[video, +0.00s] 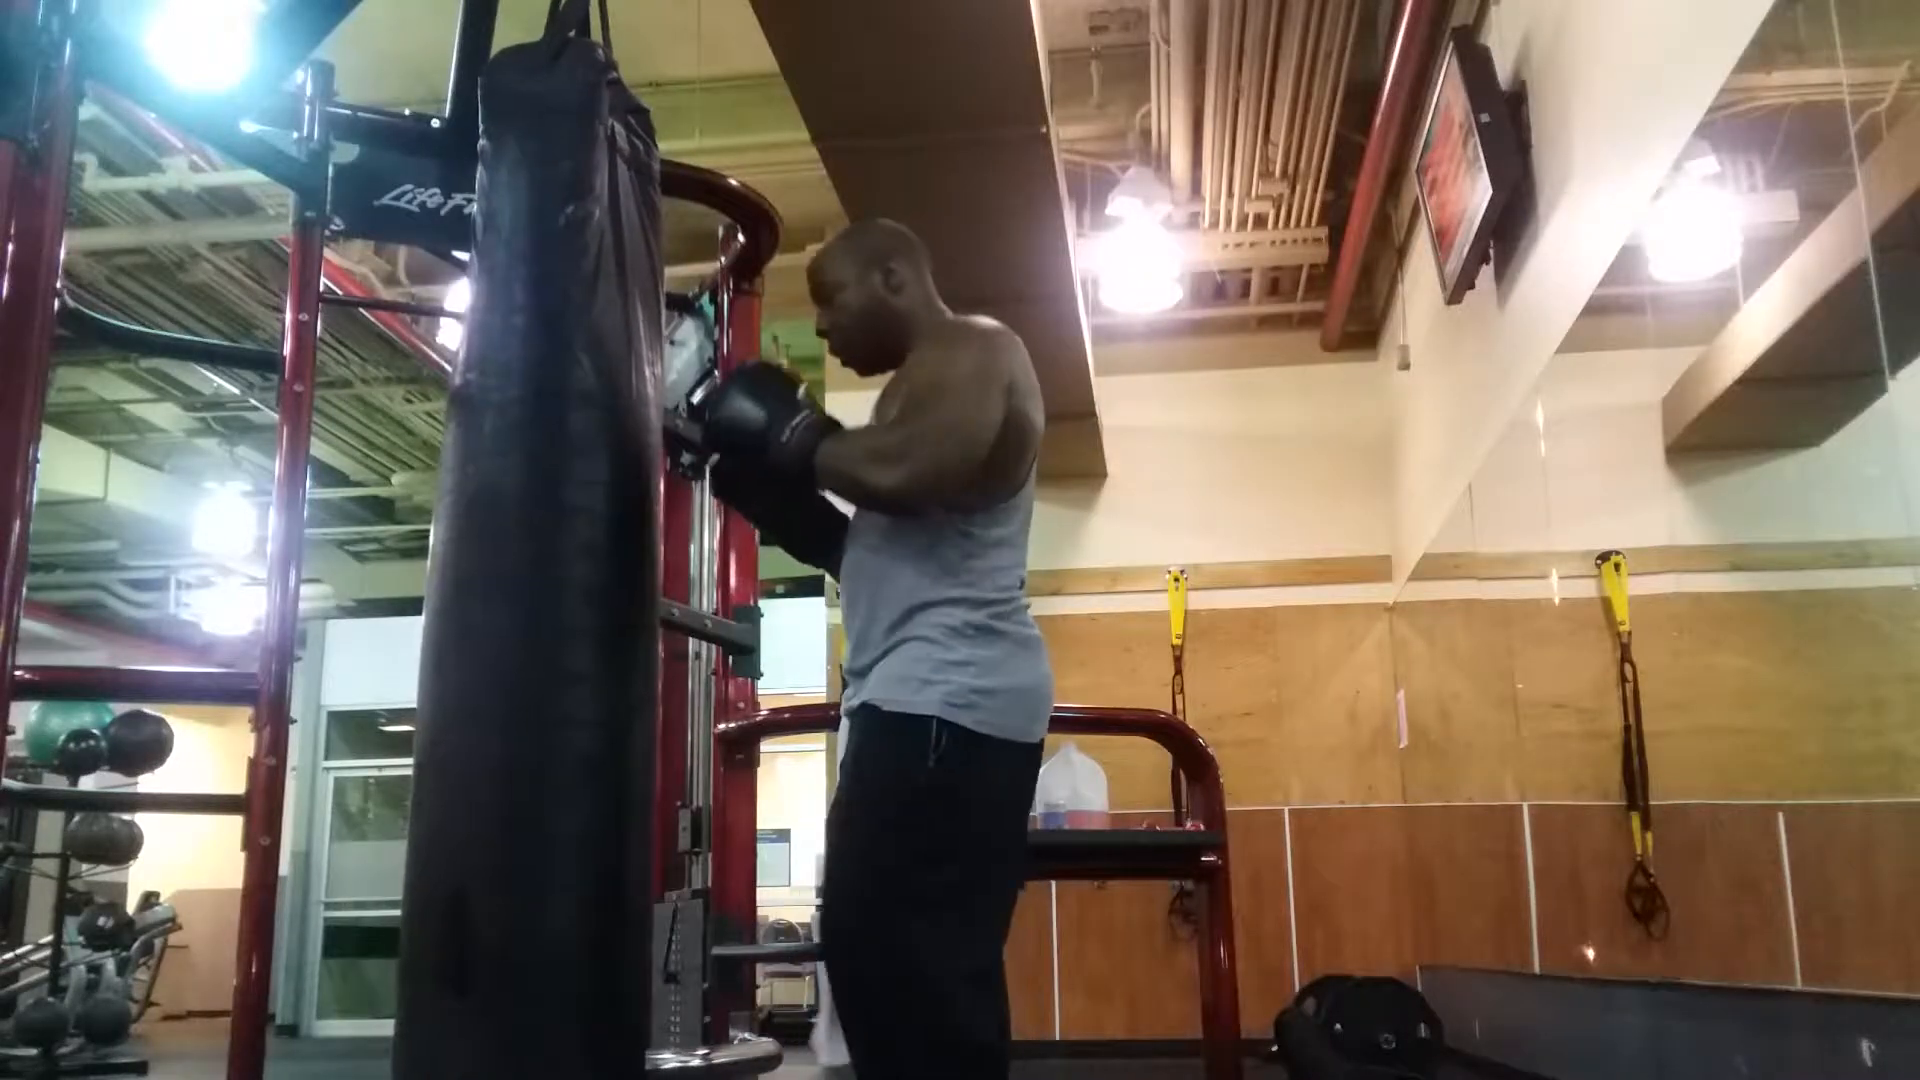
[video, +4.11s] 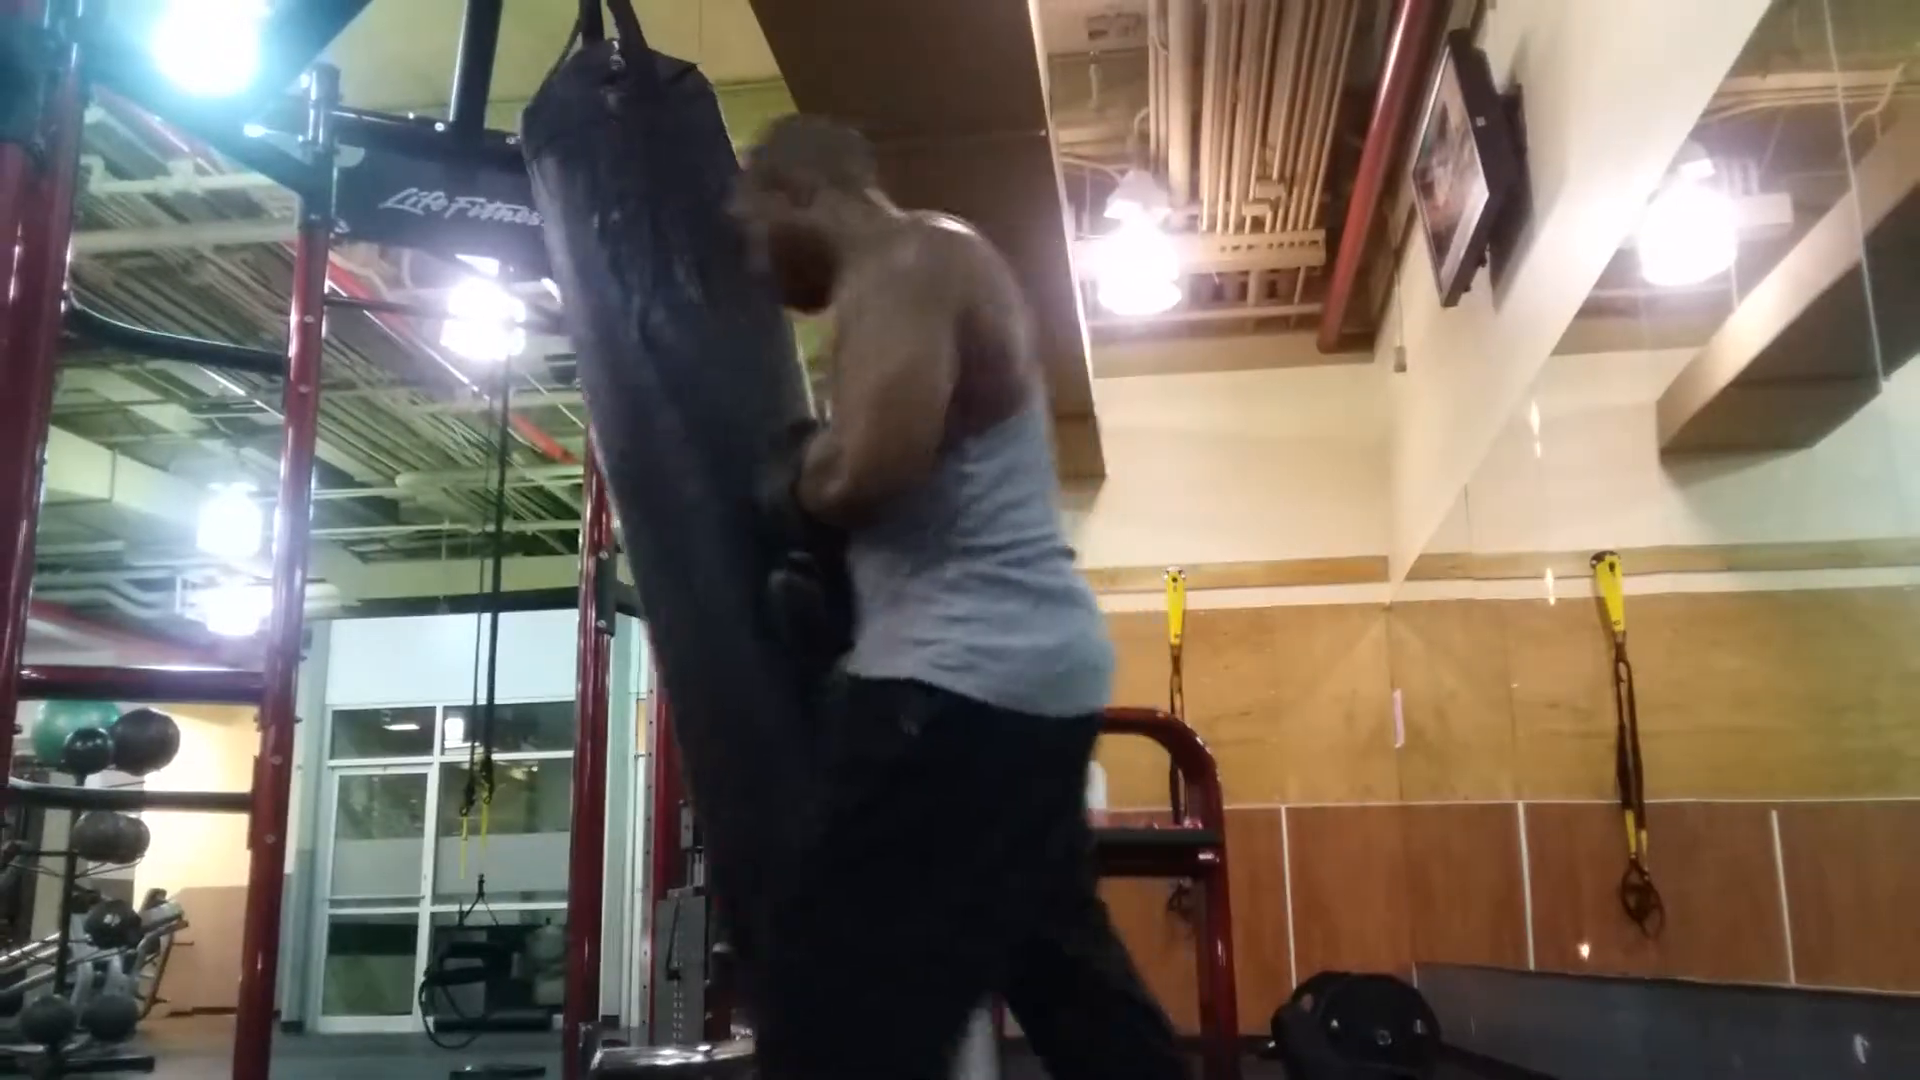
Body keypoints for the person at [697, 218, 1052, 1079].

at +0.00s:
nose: (821, 327)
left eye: (827, 300)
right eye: (815, 309)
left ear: (891, 278)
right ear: (894, 285)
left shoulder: (972, 347)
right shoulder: (916, 396)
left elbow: (923, 467)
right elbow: (884, 567)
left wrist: (798, 431)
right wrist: (770, 499)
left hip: (947, 695)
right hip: (920, 694)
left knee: (885, 949)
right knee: (914, 961)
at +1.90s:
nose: (698, 338)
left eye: (707, 309)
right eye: (696, 316)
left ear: (754, 295)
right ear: (780, 296)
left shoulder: (818, 344)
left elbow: (789, 435)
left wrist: (677, 467)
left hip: (893, 707)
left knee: (916, 1011)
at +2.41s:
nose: (724, 309)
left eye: (738, 287)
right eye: (725, 293)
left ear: (805, 286)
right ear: (808, 293)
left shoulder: (858, 347)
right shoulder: (814, 401)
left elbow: (848, 462)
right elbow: (861, 597)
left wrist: (723, 483)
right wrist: (752, 624)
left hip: (911, 702)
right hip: (872, 706)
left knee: (914, 992)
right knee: (889, 990)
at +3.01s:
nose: (811, 256)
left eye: (824, 235)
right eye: (815, 237)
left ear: (880, 234)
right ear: (895, 241)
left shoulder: (938, 313)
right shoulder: (938, 331)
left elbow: (885, 474)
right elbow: (963, 546)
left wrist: (815, 489)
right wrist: (868, 608)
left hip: (971, 699)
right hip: (978, 698)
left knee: (960, 1020)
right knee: (983, 1016)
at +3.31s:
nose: (839, 236)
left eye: (841, 206)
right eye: (836, 211)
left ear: (883, 183)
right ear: (950, 187)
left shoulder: (944, 266)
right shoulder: (1049, 293)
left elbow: (869, 469)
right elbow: (1107, 510)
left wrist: (850, 474)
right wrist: (934, 566)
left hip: (1018, 673)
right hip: (1104, 665)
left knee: (1012, 1020)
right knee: (1084, 1010)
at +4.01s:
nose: (813, 265)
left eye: (811, 235)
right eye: (803, 243)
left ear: (860, 201)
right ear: (894, 198)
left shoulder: (954, 269)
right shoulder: (1012, 270)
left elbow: (905, 473)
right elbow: (1083, 469)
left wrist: (839, 465)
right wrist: (895, 506)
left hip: (1002, 683)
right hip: (1069, 675)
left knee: (919, 994)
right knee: (1091, 979)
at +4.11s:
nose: (754, 251)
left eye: (751, 219)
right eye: (743, 228)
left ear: (801, 191)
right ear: (840, 190)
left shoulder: (905, 263)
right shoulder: (942, 260)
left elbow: (876, 463)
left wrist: (801, 480)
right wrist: (818, 457)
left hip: (960, 676)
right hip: (1021, 672)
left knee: (848, 1000)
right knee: (1066, 981)